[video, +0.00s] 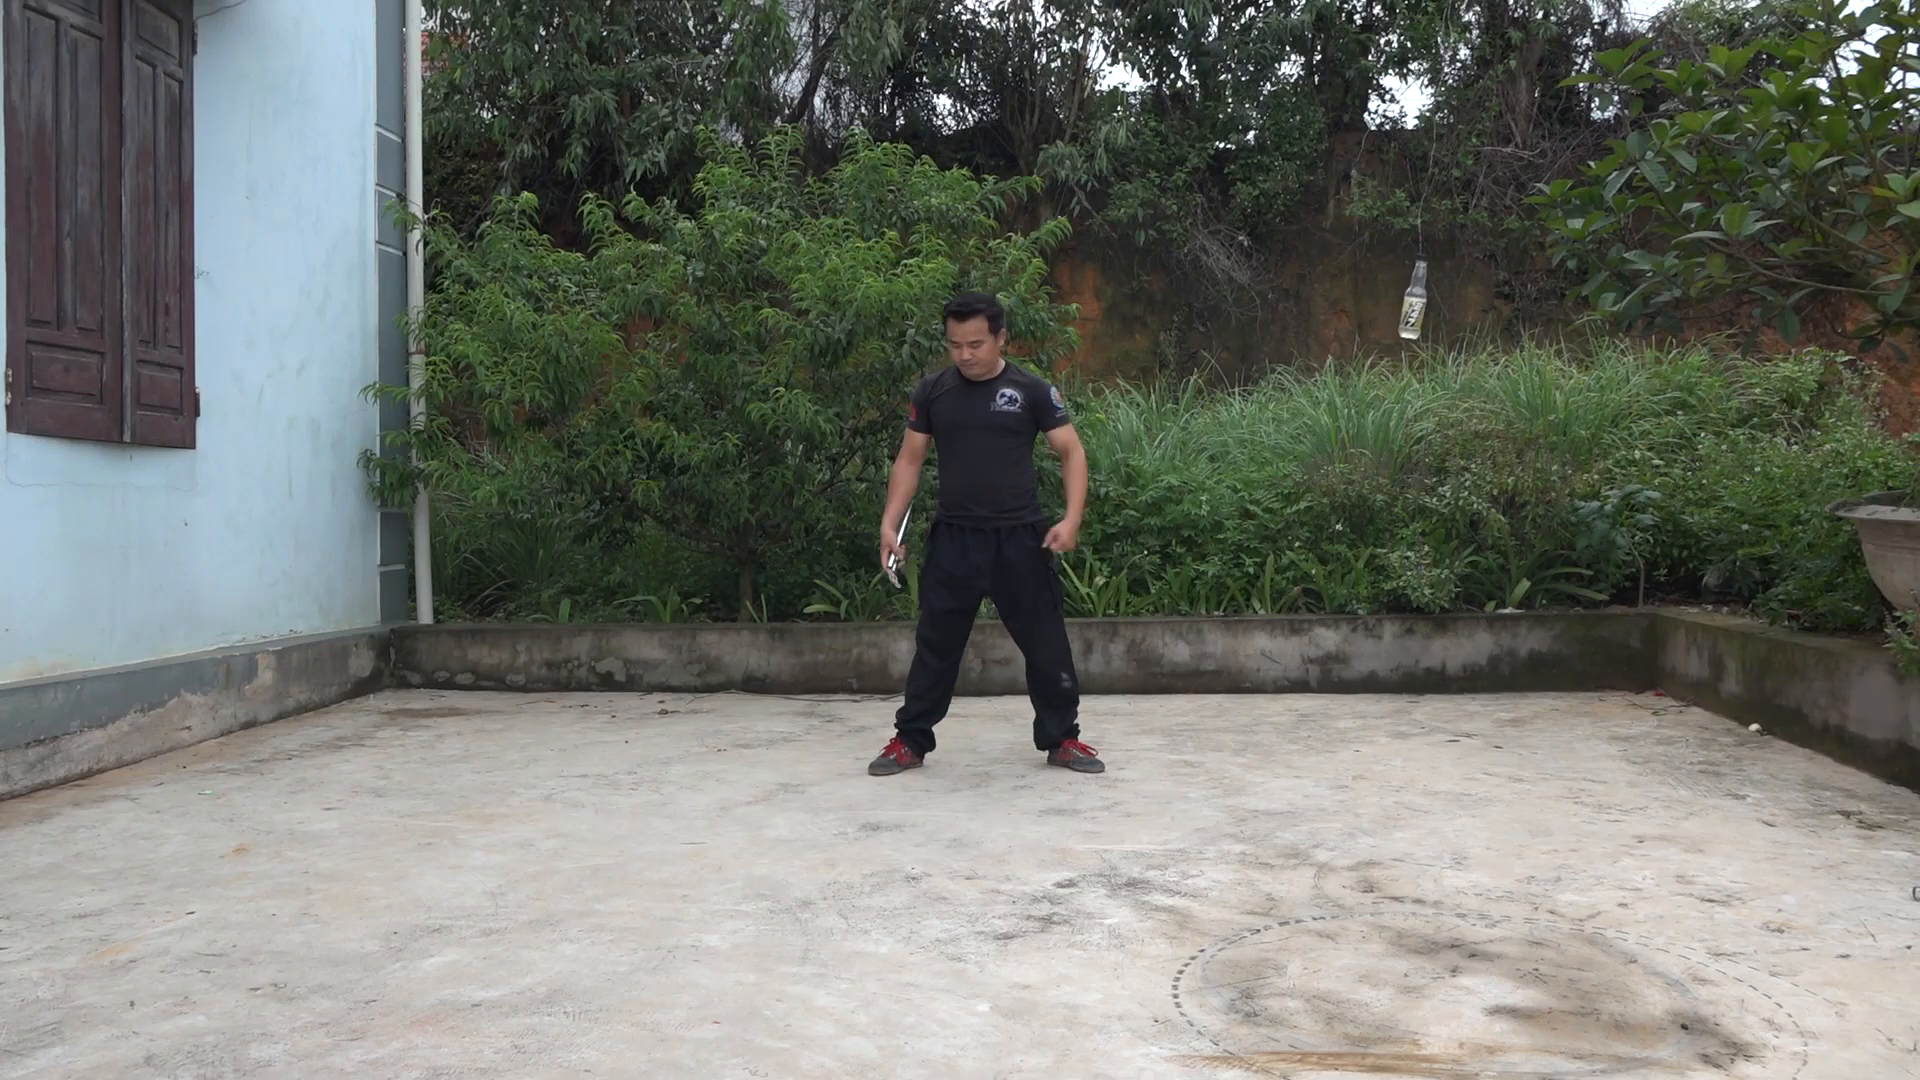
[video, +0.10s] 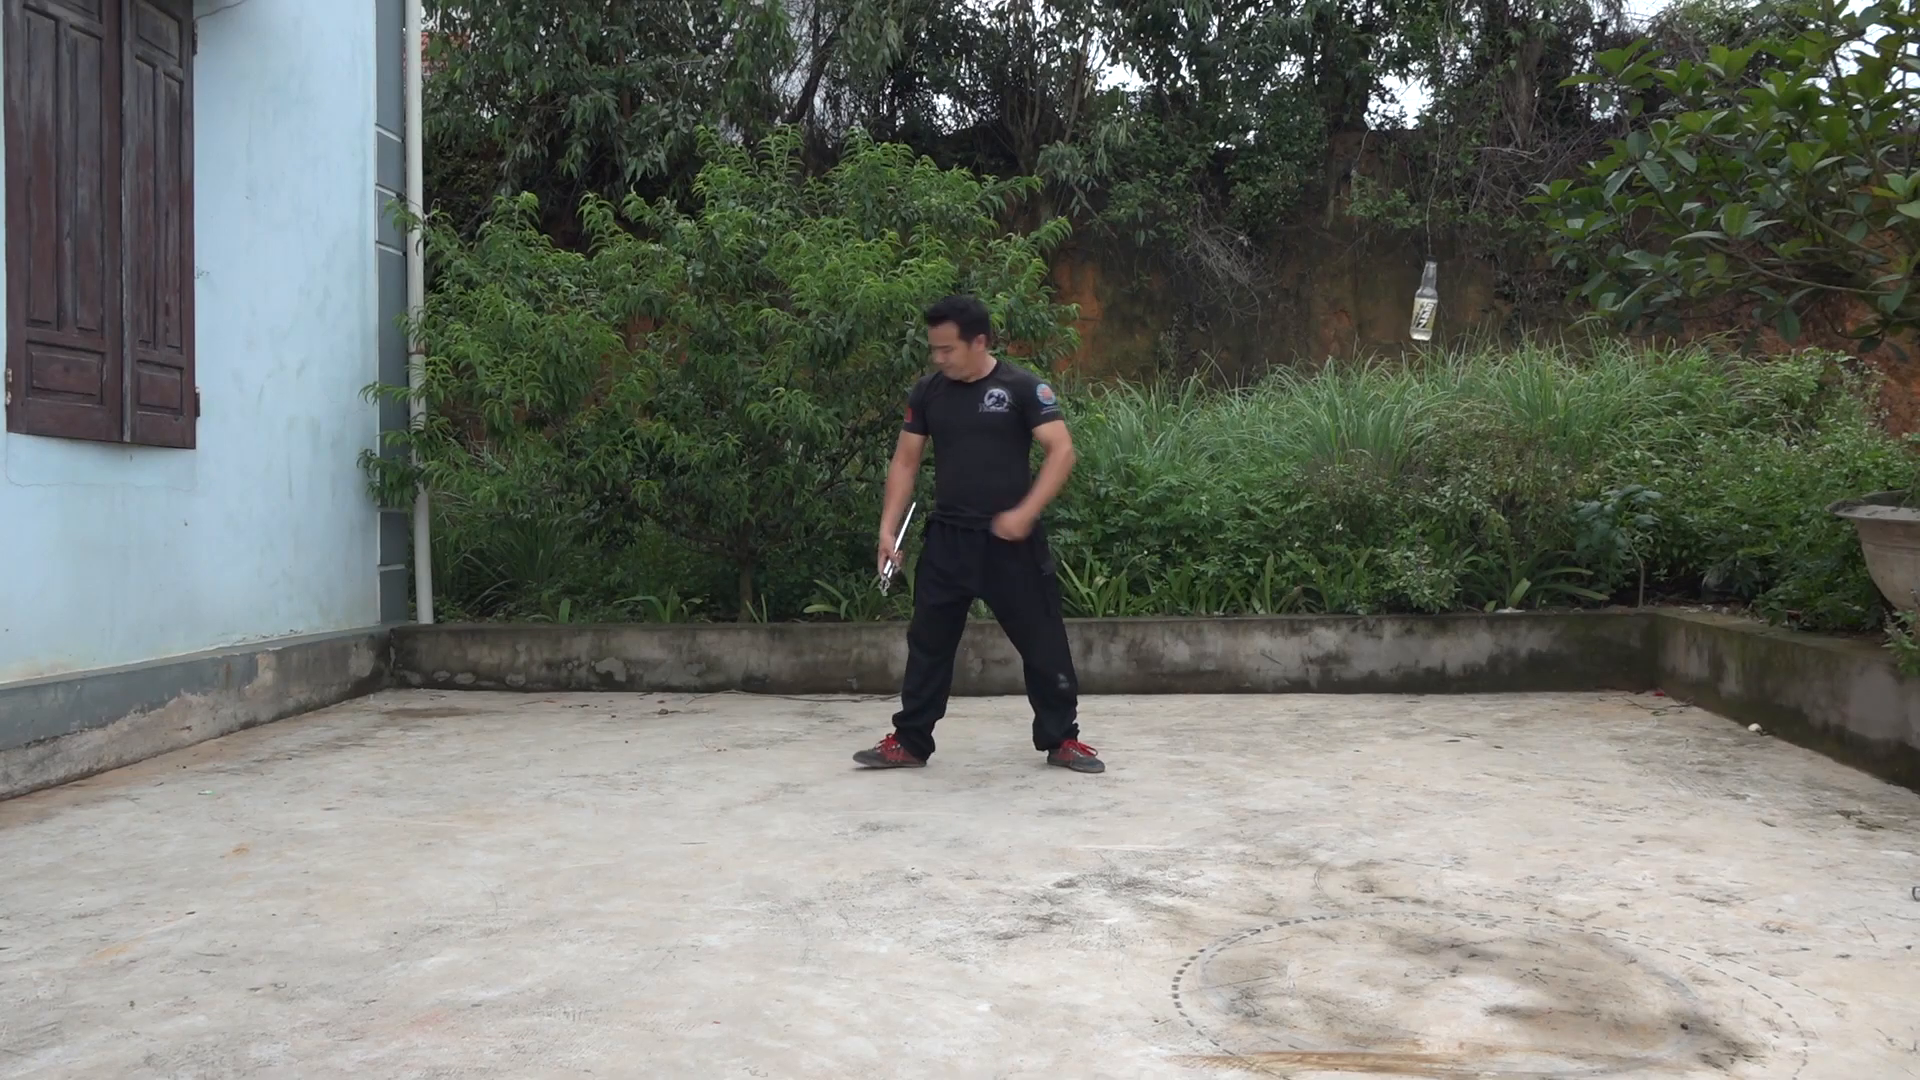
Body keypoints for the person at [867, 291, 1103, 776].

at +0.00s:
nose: (965, 355)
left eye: (976, 343)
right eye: (956, 344)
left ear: (1001, 339)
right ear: (947, 342)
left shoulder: (1032, 390)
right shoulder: (932, 391)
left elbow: (1072, 453)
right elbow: (909, 460)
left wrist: (1072, 518)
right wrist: (889, 525)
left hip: (1020, 538)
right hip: (953, 538)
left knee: (1046, 641)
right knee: (935, 642)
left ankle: (1062, 740)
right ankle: (910, 741)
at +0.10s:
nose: (937, 358)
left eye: (945, 348)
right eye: (934, 348)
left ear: (980, 343)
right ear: (934, 346)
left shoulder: (1022, 387)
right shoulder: (928, 391)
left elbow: (1062, 450)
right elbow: (905, 462)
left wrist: (1026, 512)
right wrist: (887, 529)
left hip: (1012, 537)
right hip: (948, 538)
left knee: (1043, 638)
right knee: (928, 639)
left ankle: (1061, 739)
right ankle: (911, 740)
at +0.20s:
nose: (913, 361)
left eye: (918, 352)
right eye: (911, 352)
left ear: (949, 348)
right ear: (941, 350)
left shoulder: (1004, 386)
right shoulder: (918, 393)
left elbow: (1005, 452)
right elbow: (899, 462)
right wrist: (894, 533)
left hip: (998, 541)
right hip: (935, 541)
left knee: (1030, 639)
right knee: (915, 641)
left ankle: (1059, 739)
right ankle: (906, 741)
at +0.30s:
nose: (893, 361)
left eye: (896, 352)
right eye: (891, 353)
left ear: (925, 347)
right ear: (920, 348)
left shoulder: (978, 380)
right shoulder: (906, 392)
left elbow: (921, 431)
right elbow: (885, 455)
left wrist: (881, 416)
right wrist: (916, 495)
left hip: (970, 536)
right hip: (916, 535)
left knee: (999, 638)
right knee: (906, 641)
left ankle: (1047, 734)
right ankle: (905, 740)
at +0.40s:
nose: (881, 359)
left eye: (884, 349)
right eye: (879, 350)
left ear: (910, 343)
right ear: (907, 345)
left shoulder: (961, 374)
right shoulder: (901, 387)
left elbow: (893, 415)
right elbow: (871, 448)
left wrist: (865, 404)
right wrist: (913, 454)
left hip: (957, 529)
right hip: (910, 529)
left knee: (971, 637)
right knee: (907, 641)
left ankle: (1011, 741)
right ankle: (906, 742)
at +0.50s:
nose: (876, 352)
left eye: (882, 340)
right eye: (871, 344)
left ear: (915, 334)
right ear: (875, 346)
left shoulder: (948, 373)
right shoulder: (891, 387)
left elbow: (877, 417)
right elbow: (859, 447)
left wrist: (855, 401)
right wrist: (897, 443)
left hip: (948, 529)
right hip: (902, 530)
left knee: (950, 641)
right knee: (904, 641)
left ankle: (968, 754)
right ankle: (906, 742)